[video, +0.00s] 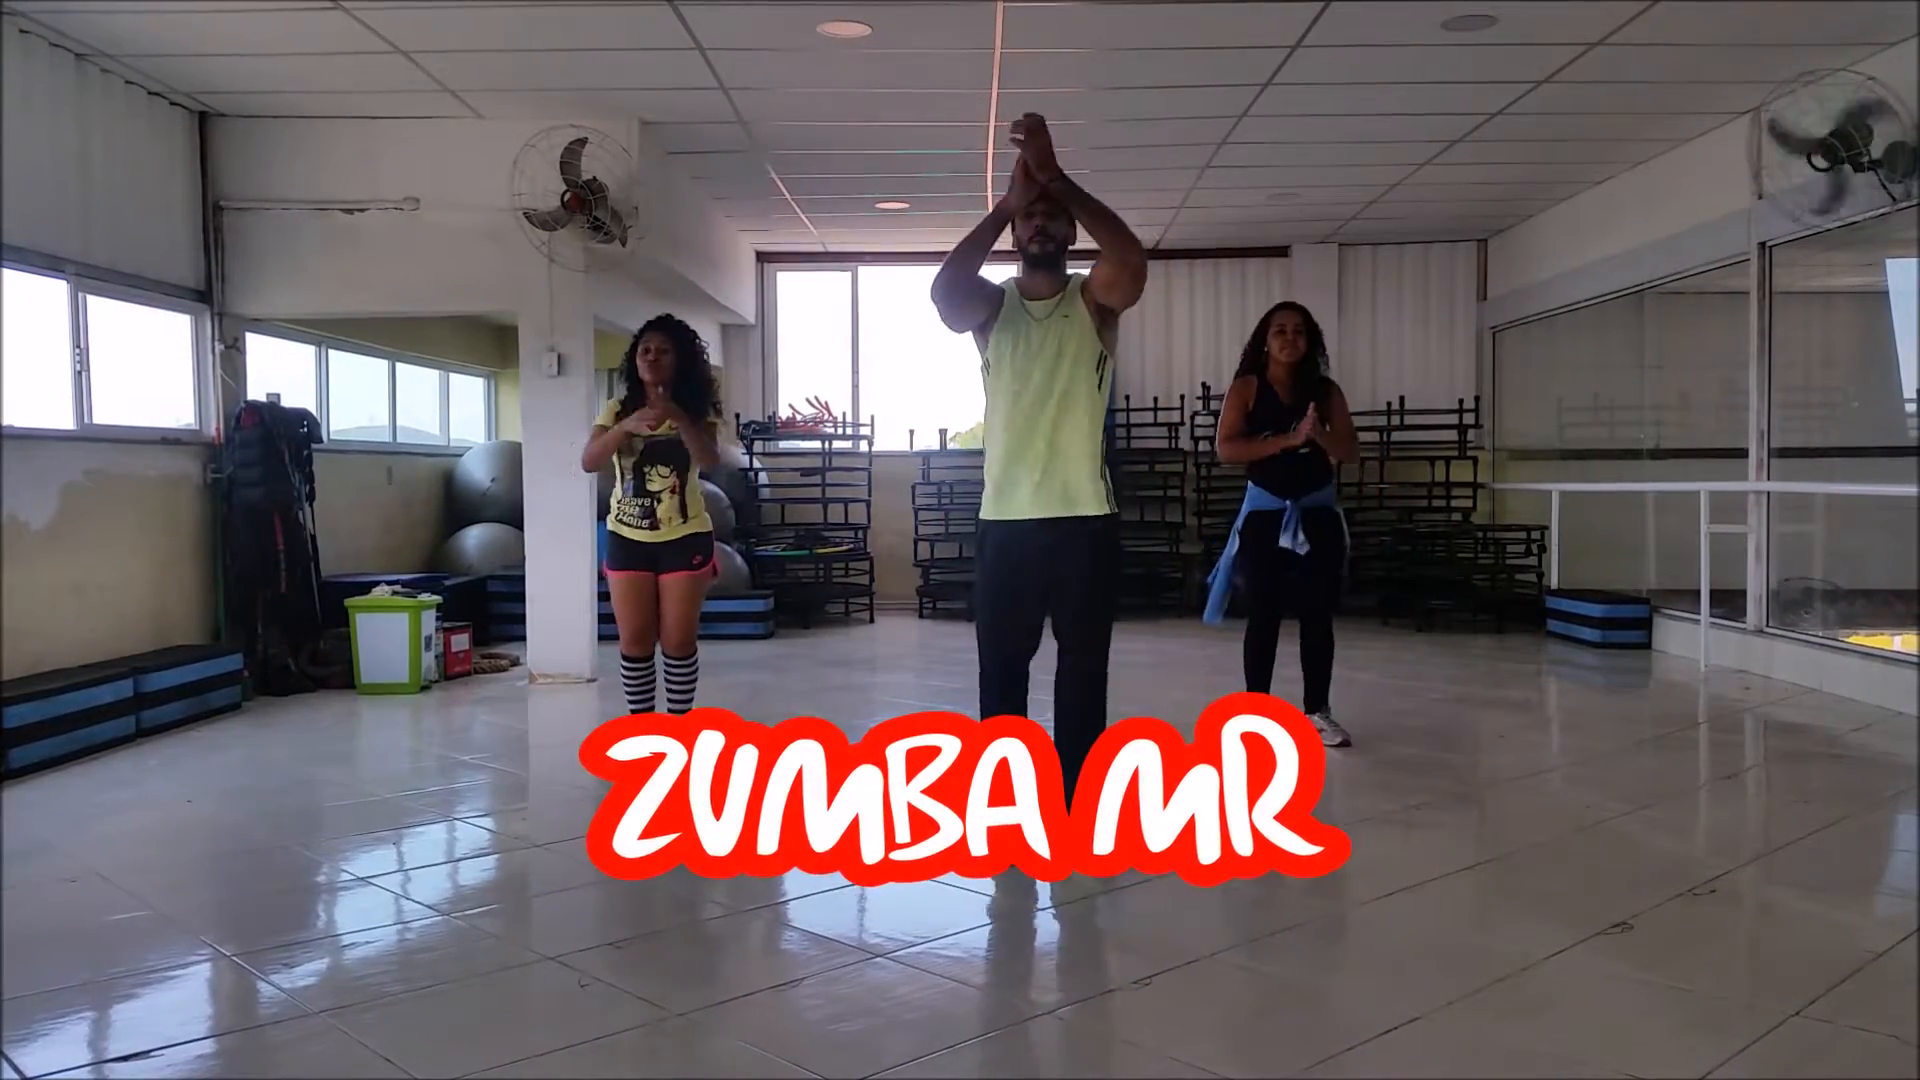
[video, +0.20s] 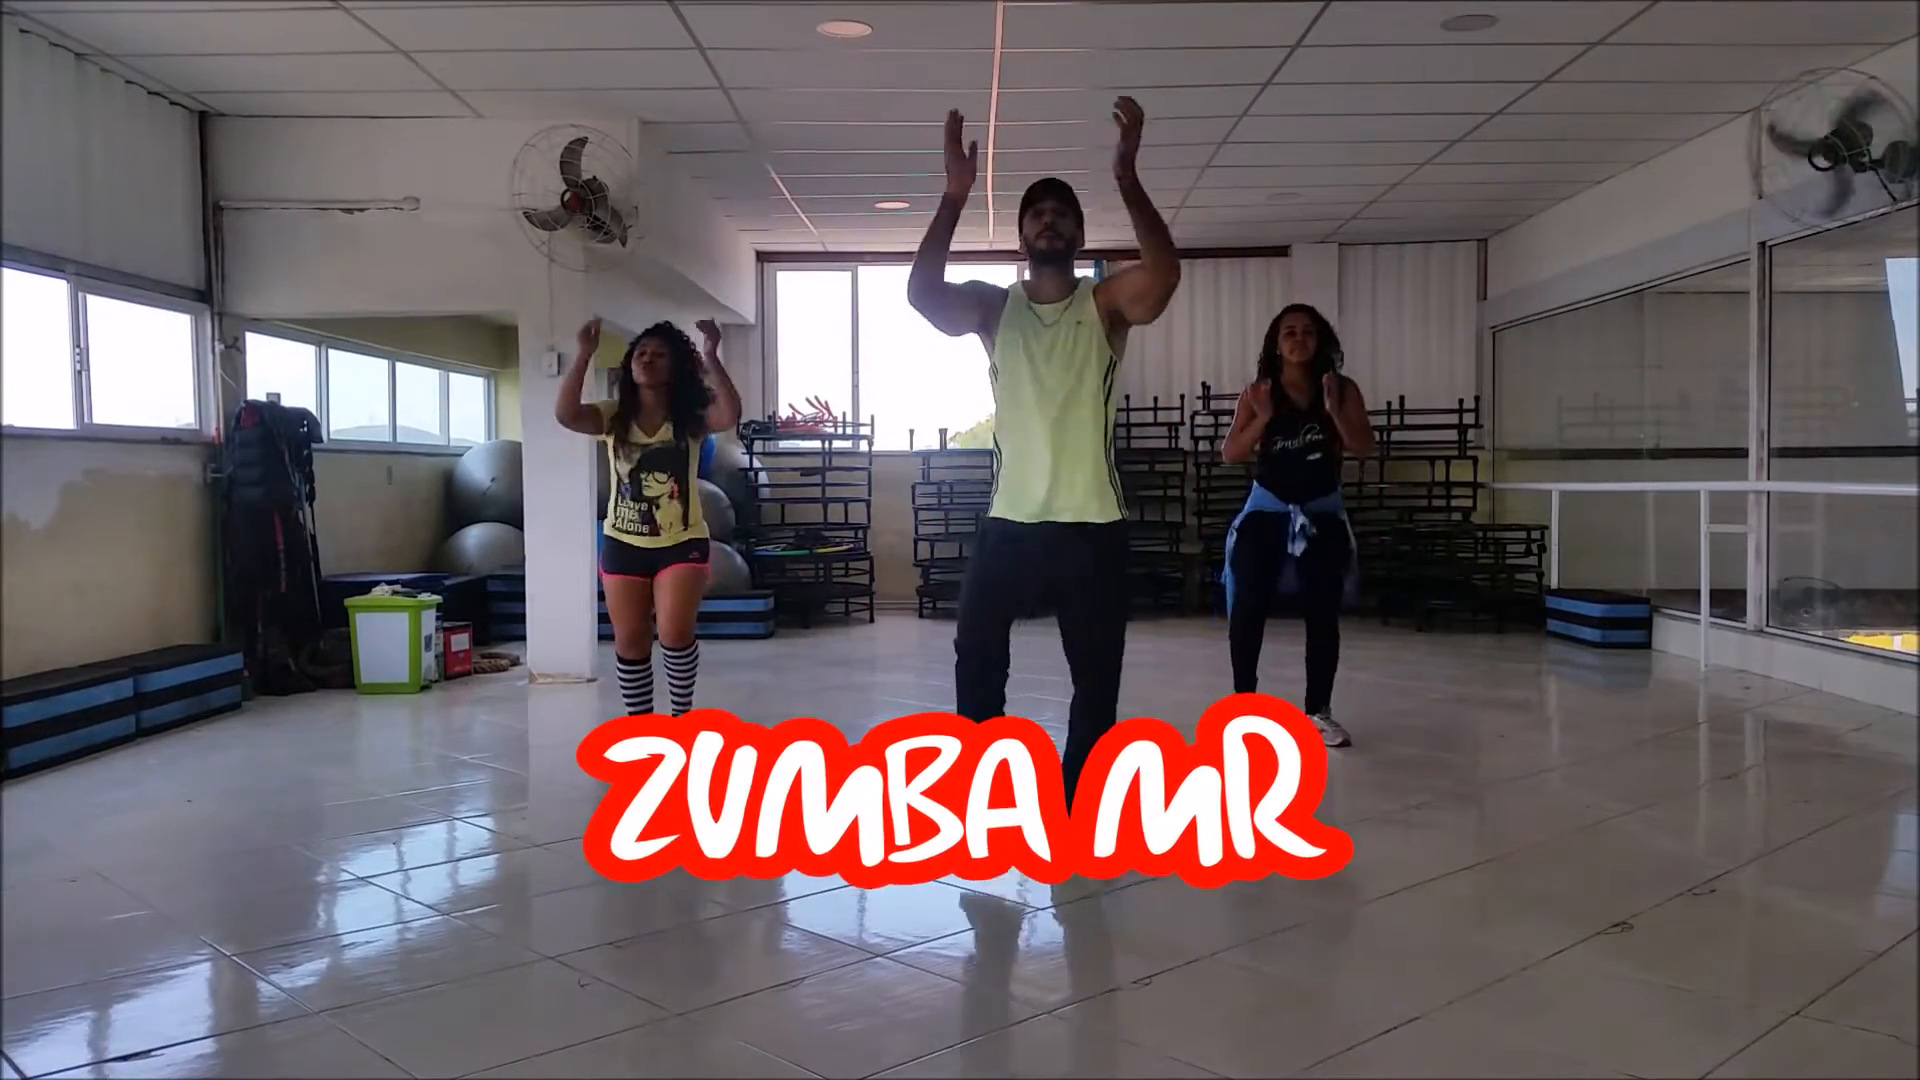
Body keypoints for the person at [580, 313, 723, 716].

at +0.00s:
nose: (651, 357)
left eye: (662, 351)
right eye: (644, 350)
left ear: (680, 361)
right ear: (635, 359)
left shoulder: (696, 410)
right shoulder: (619, 409)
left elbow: (709, 460)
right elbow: (590, 460)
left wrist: (678, 417)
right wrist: (626, 427)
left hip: (685, 538)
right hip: (627, 538)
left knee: (678, 643)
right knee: (634, 643)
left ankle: (679, 733)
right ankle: (641, 734)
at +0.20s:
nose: (645, 358)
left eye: (658, 353)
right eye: (639, 352)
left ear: (677, 366)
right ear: (630, 365)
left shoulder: (689, 417)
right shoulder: (615, 415)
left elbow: (730, 413)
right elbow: (567, 413)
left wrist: (712, 359)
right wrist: (582, 357)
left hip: (681, 544)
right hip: (622, 544)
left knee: (675, 635)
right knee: (629, 643)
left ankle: (680, 723)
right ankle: (640, 730)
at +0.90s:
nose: (654, 357)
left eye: (665, 350)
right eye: (647, 348)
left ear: (683, 359)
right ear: (636, 356)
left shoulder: (697, 403)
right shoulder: (620, 401)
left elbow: (712, 341)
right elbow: (589, 346)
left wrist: (672, 285)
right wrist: (635, 300)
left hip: (688, 539)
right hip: (630, 540)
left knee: (682, 648)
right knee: (639, 648)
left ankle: (684, 735)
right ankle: (646, 738)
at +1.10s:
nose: (654, 357)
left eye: (665, 351)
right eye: (646, 350)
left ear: (683, 363)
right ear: (634, 360)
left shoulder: (696, 406)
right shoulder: (615, 405)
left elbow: (724, 348)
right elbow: (574, 352)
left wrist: (709, 285)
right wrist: (579, 286)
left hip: (684, 539)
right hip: (627, 541)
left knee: (672, 633)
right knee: (633, 645)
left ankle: (688, 719)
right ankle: (645, 733)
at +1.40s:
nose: (659, 358)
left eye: (670, 351)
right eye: (652, 349)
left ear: (688, 357)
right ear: (640, 356)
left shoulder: (702, 403)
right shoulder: (626, 401)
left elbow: (715, 337)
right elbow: (593, 343)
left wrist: (676, 280)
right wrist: (636, 288)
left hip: (691, 541)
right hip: (633, 540)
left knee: (687, 644)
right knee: (635, 646)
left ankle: (690, 732)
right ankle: (646, 735)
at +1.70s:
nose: (662, 362)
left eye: (672, 354)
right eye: (655, 353)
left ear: (690, 360)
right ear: (644, 358)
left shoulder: (707, 404)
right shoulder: (629, 401)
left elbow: (714, 341)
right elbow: (597, 348)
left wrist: (693, 277)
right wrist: (612, 287)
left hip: (695, 537)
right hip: (637, 536)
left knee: (689, 643)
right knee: (632, 642)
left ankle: (690, 730)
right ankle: (650, 728)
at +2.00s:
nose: (659, 359)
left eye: (670, 351)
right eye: (651, 351)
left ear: (686, 360)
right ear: (638, 358)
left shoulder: (700, 405)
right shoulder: (617, 404)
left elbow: (726, 343)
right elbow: (582, 347)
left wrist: (708, 280)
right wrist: (595, 282)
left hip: (688, 538)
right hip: (631, 539)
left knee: (678, 633)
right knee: (638, 645)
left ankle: (691, 722)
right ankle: (650, 736)